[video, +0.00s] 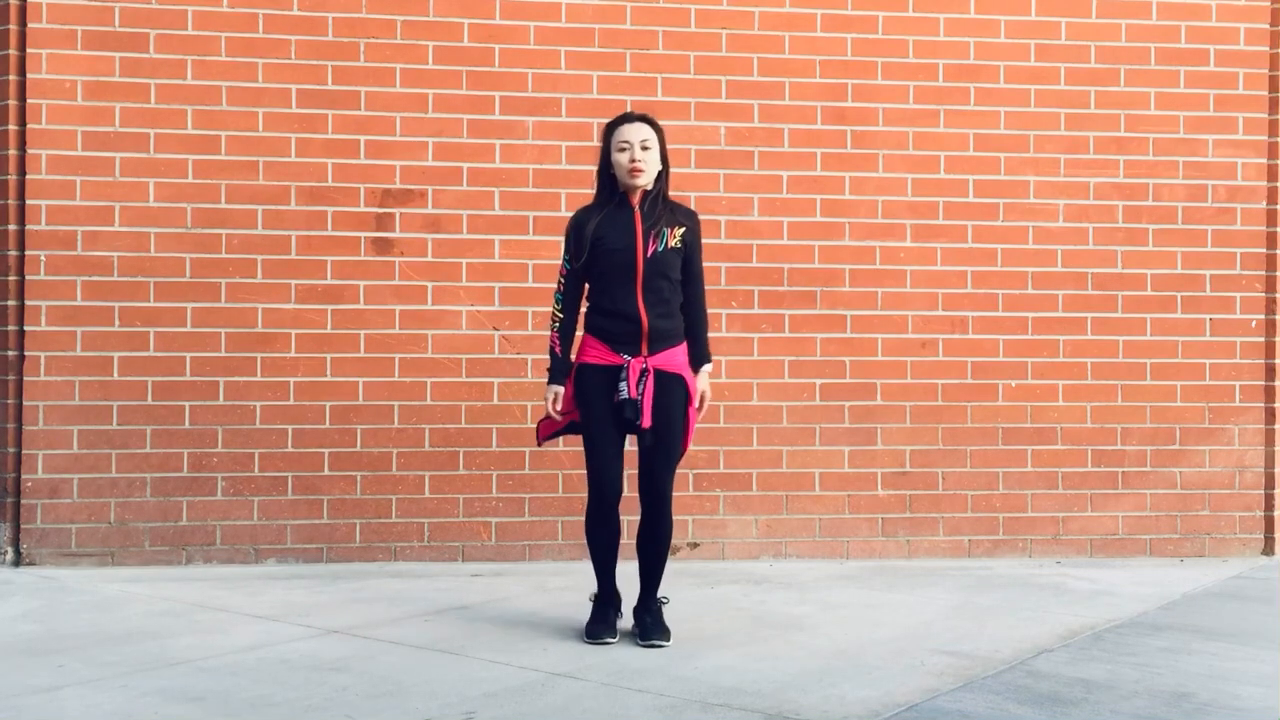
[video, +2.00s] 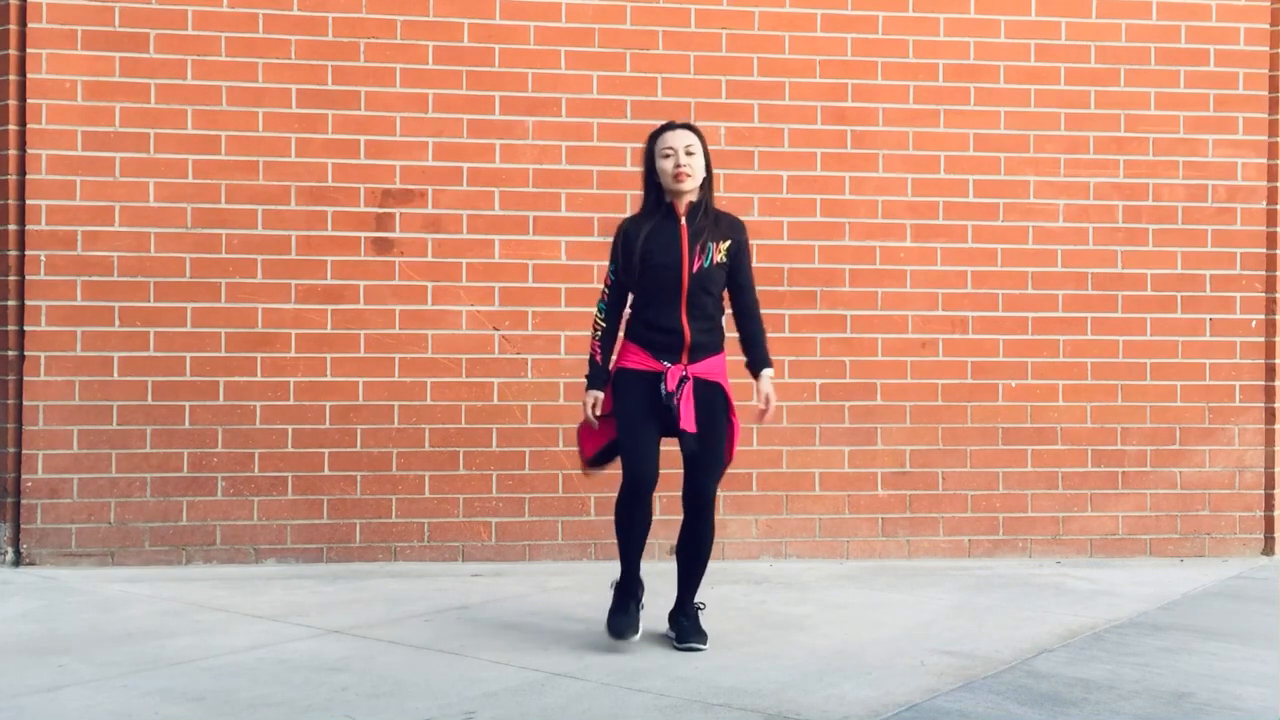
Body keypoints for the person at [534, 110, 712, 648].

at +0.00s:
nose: (636, 155)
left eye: (645, 146)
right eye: (625, 147)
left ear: (661, 155)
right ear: (609, 158)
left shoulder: (682, 220)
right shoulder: (587, 222)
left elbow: (694, 298)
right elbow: (567, 301)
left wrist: (701, 364)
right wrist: (557, 373)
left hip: (667, 369)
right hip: (600, 367)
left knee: (657, 493)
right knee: (603, 491)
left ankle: (649, 604)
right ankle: (605, 599)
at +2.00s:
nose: (680, 162)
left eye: (689, 153)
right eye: (668, 155)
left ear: (705, 163)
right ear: (653, 168)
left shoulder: (727, 229)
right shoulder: (634, 230)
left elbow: (745, 303)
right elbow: (610, 305)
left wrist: (762, 367)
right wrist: (596, 376)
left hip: (704, 374)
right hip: (639, 371)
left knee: (701, 496)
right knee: (639, 479)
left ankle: (686, 607)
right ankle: (629, 584)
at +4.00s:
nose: (691, 165)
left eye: (701, 155)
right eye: (679, 156)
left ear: (716, 162)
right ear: (663, 163)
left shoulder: (732, 227)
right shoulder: (638, 223)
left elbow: (740, 302)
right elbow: (606, 292)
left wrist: (749, 365)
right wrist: (584, 359)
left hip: (706, 367)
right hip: (639, 366)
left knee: (727, 467)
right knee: (632, 492)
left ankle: (716, 573)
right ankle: (622, 605)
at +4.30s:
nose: (707, 176)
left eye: (718, 166)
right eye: (696, 166)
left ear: (733, 171)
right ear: (680, 172)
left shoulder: (755, 225)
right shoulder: (665, 240)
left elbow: (776, 298)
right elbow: (647, 316)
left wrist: (794, 361)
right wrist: (638, 388)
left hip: (760, 370)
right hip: (697, 372)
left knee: (762, 496)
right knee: (704, 477)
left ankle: (749, 609)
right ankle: (672, 576)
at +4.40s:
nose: (711, 173)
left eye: (721, 163)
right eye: (699, 163)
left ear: (737, 169)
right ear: (684, 171)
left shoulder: (761, 222)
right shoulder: (669, 238)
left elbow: (782, 294)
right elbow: (657, 315)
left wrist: (800, 355)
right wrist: (653, 389)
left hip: (767, 368)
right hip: (705, 370)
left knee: (761, 484)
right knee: (732, 468)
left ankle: (749, 605)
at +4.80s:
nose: (714, 173)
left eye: (724, 162)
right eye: (702, 164)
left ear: (740, 169)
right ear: (687, 175)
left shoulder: (766, 228)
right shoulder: (674, 242)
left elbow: (786, 300)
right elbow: (655, 319)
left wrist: (800, 361)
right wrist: (645, 390)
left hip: (762, 372)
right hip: (698, 372)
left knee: (769, 488)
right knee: (703, 457)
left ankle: (753, 603)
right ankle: (736, 572)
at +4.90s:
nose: (710, 162)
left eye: (721, 151)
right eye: (698, 153)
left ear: (737, 159)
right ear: (685, 163)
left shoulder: (761, 220)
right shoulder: (669, 229)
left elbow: (779, 292)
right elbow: (648, 305)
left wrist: (793, 354)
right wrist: (635, 375)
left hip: (750, 366)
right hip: (685, 364)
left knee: (753, 494)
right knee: (662, 435)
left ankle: (748, 609)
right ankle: (674, 545)